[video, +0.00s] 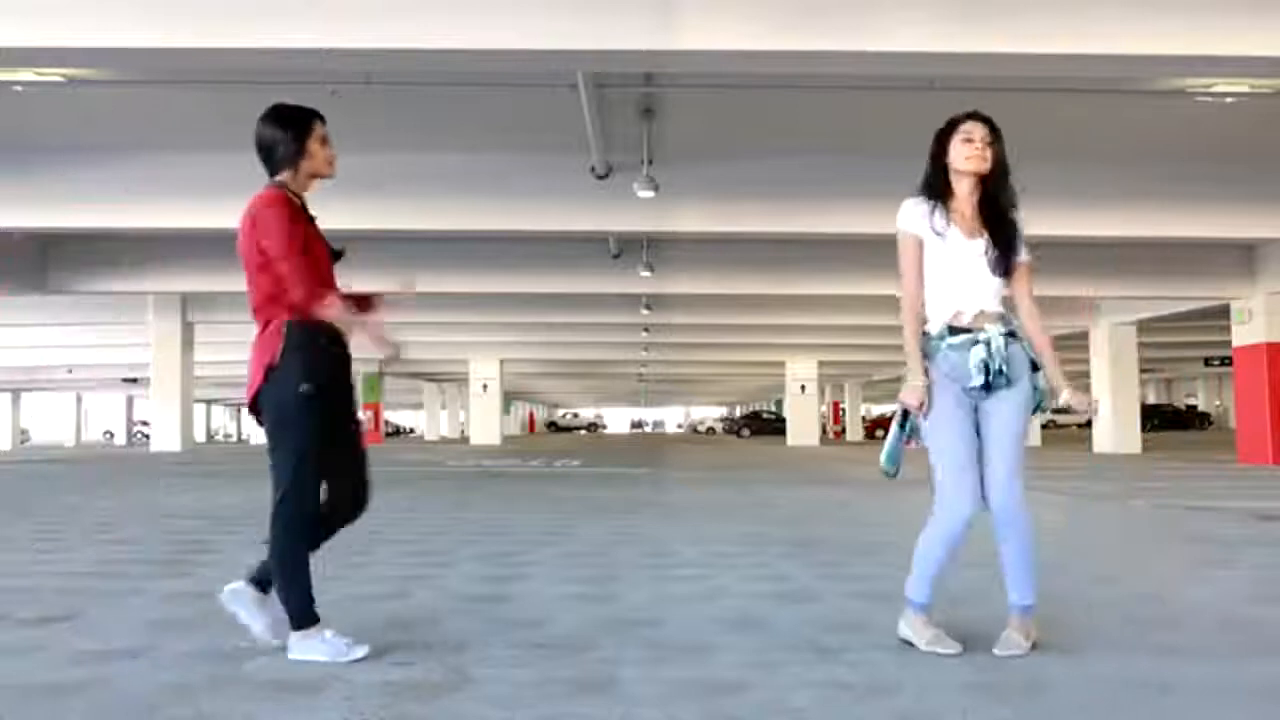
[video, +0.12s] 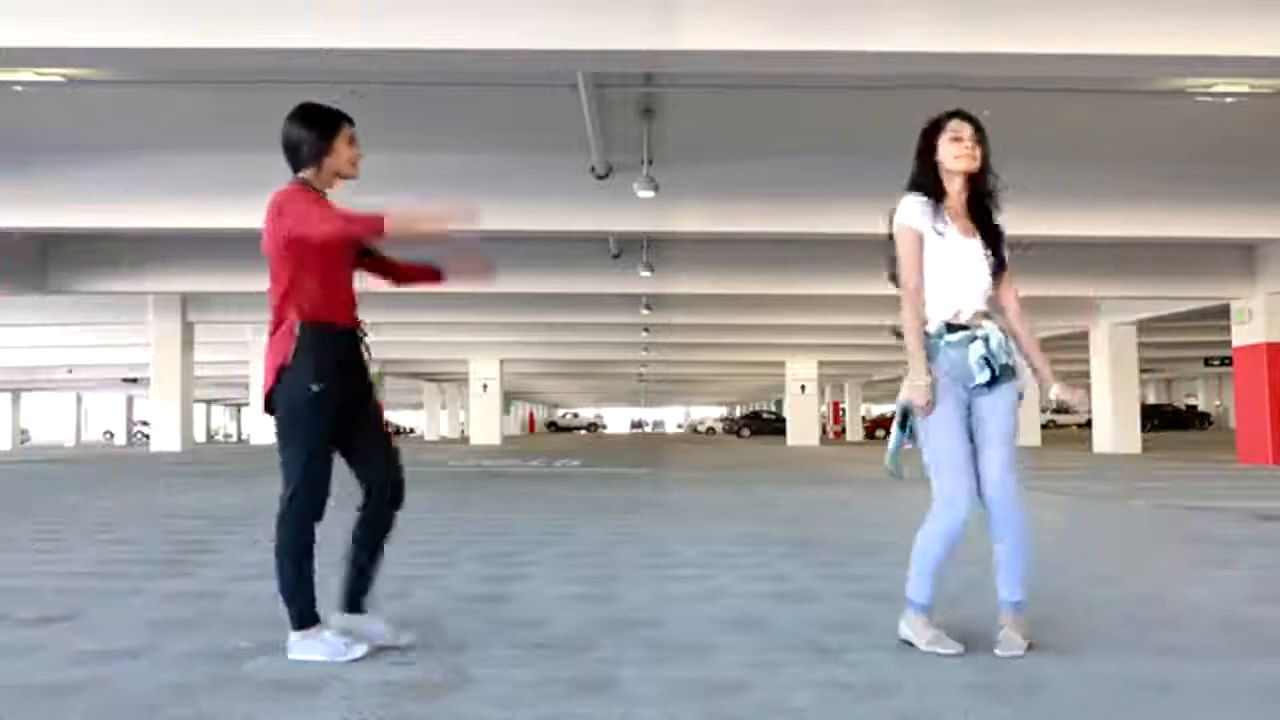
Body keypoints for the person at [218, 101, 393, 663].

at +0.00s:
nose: (333, 151)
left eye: (329, 142)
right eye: (324, 142)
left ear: (294, 152)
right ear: (298, 150)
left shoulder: (297, 213)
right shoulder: (271, 207)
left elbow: (312, 296)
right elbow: (300, 289)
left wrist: (367, 300)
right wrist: (355, 322)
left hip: (321, 356)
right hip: (291, 356)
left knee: (348, 495)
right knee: (295, 493)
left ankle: (257, 587)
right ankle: (304, 630)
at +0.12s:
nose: (359, 152)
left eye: (356, 143)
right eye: (350, 142)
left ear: (323, 151)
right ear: (321, 148)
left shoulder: (335, 220)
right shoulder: (288, 203)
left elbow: (390, 271)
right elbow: (337, 226)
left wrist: (453, 272)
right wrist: (409, 225)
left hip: (344, 361)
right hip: (304, 360)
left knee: (385, 482)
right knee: (304, 494)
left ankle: (351, 614)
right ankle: (304, 631)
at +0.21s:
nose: (376, 145)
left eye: (375, 135)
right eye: (367, 136)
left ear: (336, 147)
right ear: (341, 144)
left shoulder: (354, 216)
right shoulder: (317, 199)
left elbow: (394, 250)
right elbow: (360, 161)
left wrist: (446, 235)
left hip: (359, 359)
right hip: (321, 357)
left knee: (397, 486)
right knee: (309, 495)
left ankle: (410, 616)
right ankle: (304, 631)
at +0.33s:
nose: (417, 135)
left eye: (409, 128)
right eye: (405, 131)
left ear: (393, 151)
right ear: (383, 149)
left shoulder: (404, 213)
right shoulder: (372, 194)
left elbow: (391, 277)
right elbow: (332, 150)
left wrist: (424, 263)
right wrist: (332, 73)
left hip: (392, 358)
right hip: (352, 354)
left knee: (421, 497)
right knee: (330, 495)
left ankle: (452, 619)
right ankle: (306, 630)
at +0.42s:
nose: (438, 141)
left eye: (431, 134)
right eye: (426, 138)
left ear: (415, 156)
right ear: (408, 154)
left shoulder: (428, 220)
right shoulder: (394, 198)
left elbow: (398, 297)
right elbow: (333, 162)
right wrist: (316, 76)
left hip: (415, 364)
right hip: (377, 359)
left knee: (442, 500)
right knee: (349, 498)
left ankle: (458, 624)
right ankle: (310, 628)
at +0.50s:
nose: (452, 140)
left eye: (445, 133)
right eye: (440, 136)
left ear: (429, 151)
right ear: (422, 152)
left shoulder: (439, 213)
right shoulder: (404, 196)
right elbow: (351, 159)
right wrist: (343, 73)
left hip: (433, 359)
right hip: (396, 354)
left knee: (451, 501)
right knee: (373, 498)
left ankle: (458, 623)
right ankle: (315, 621)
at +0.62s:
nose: (463, 143)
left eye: (459, 135)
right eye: (452, 137)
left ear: (446, 154)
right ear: (426, 151)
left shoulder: (448, 221)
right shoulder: (412, 198)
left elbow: (486, 260)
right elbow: (391, 157)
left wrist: (528, 250)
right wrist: (399, 100)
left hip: (448, 358)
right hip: (409, 353)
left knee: (455, 496)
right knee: (418, 491)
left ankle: (457, 623)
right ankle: (335, 603)